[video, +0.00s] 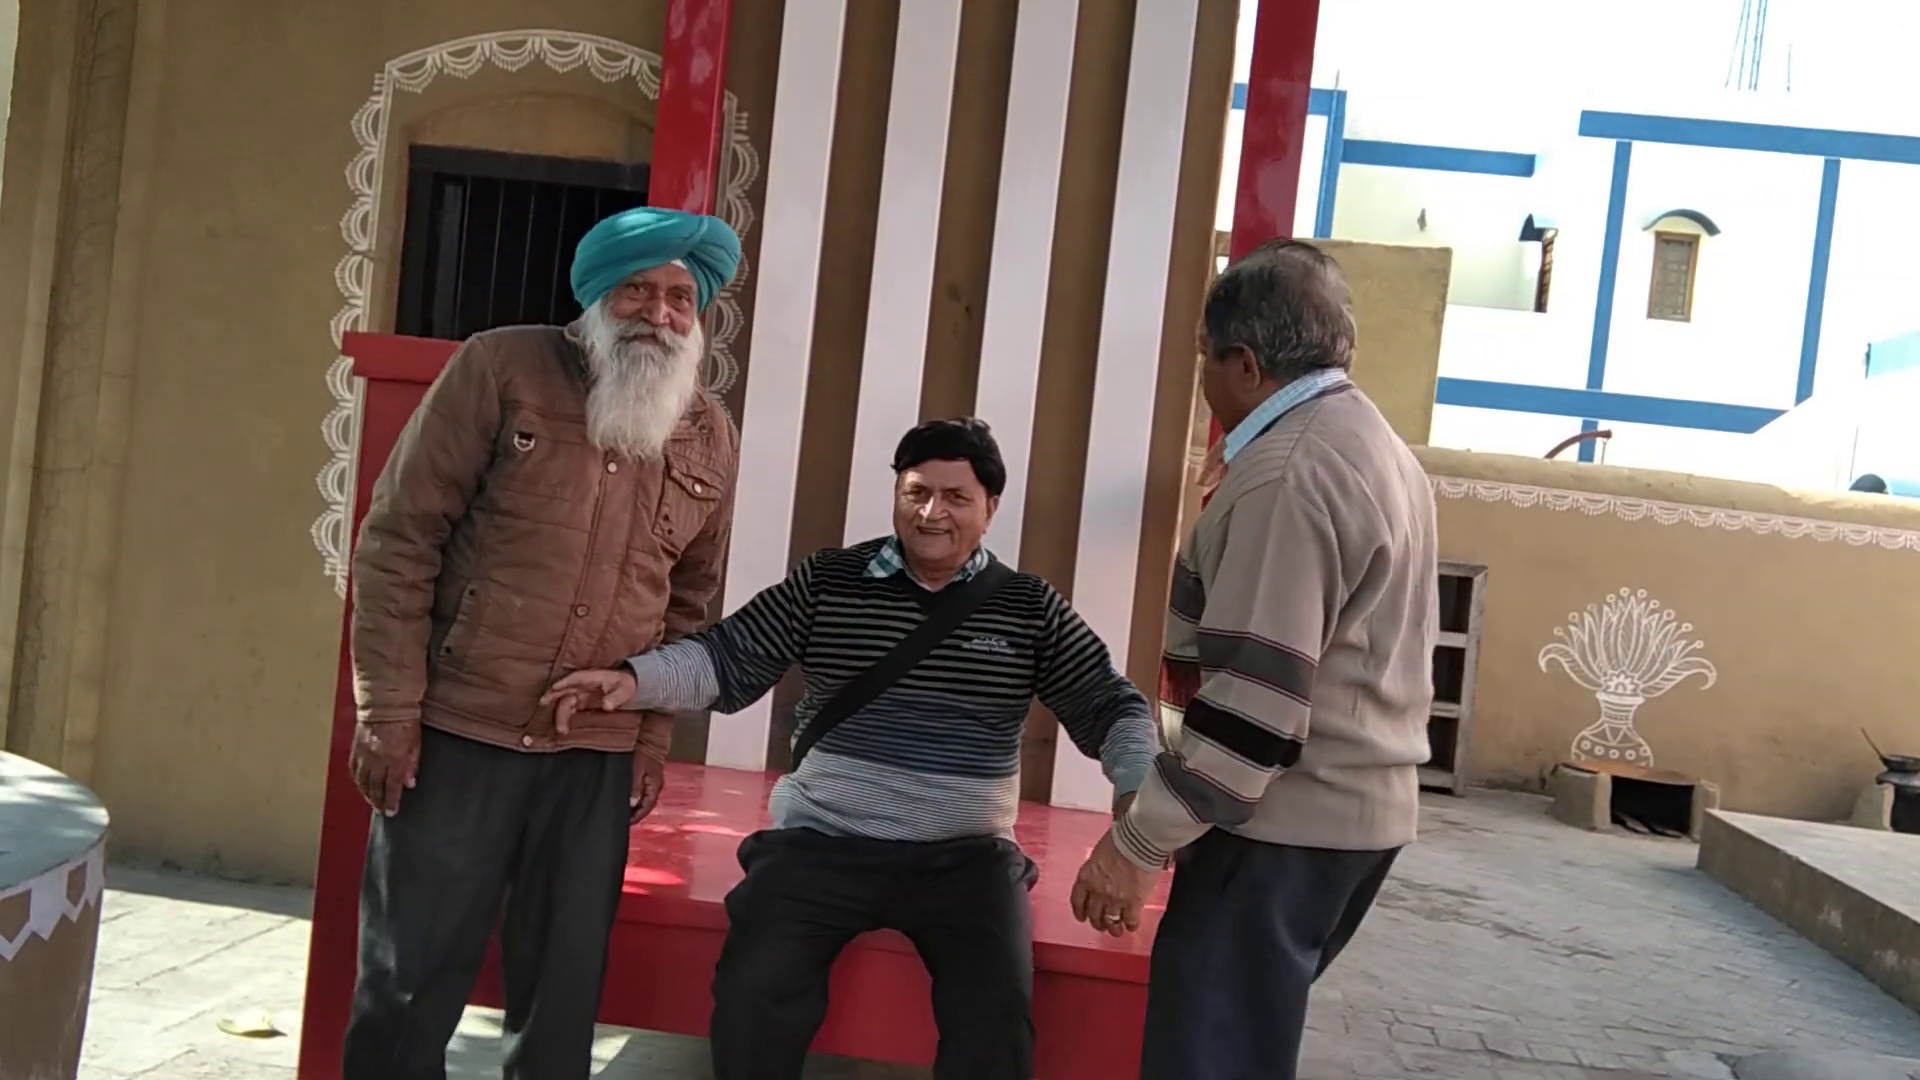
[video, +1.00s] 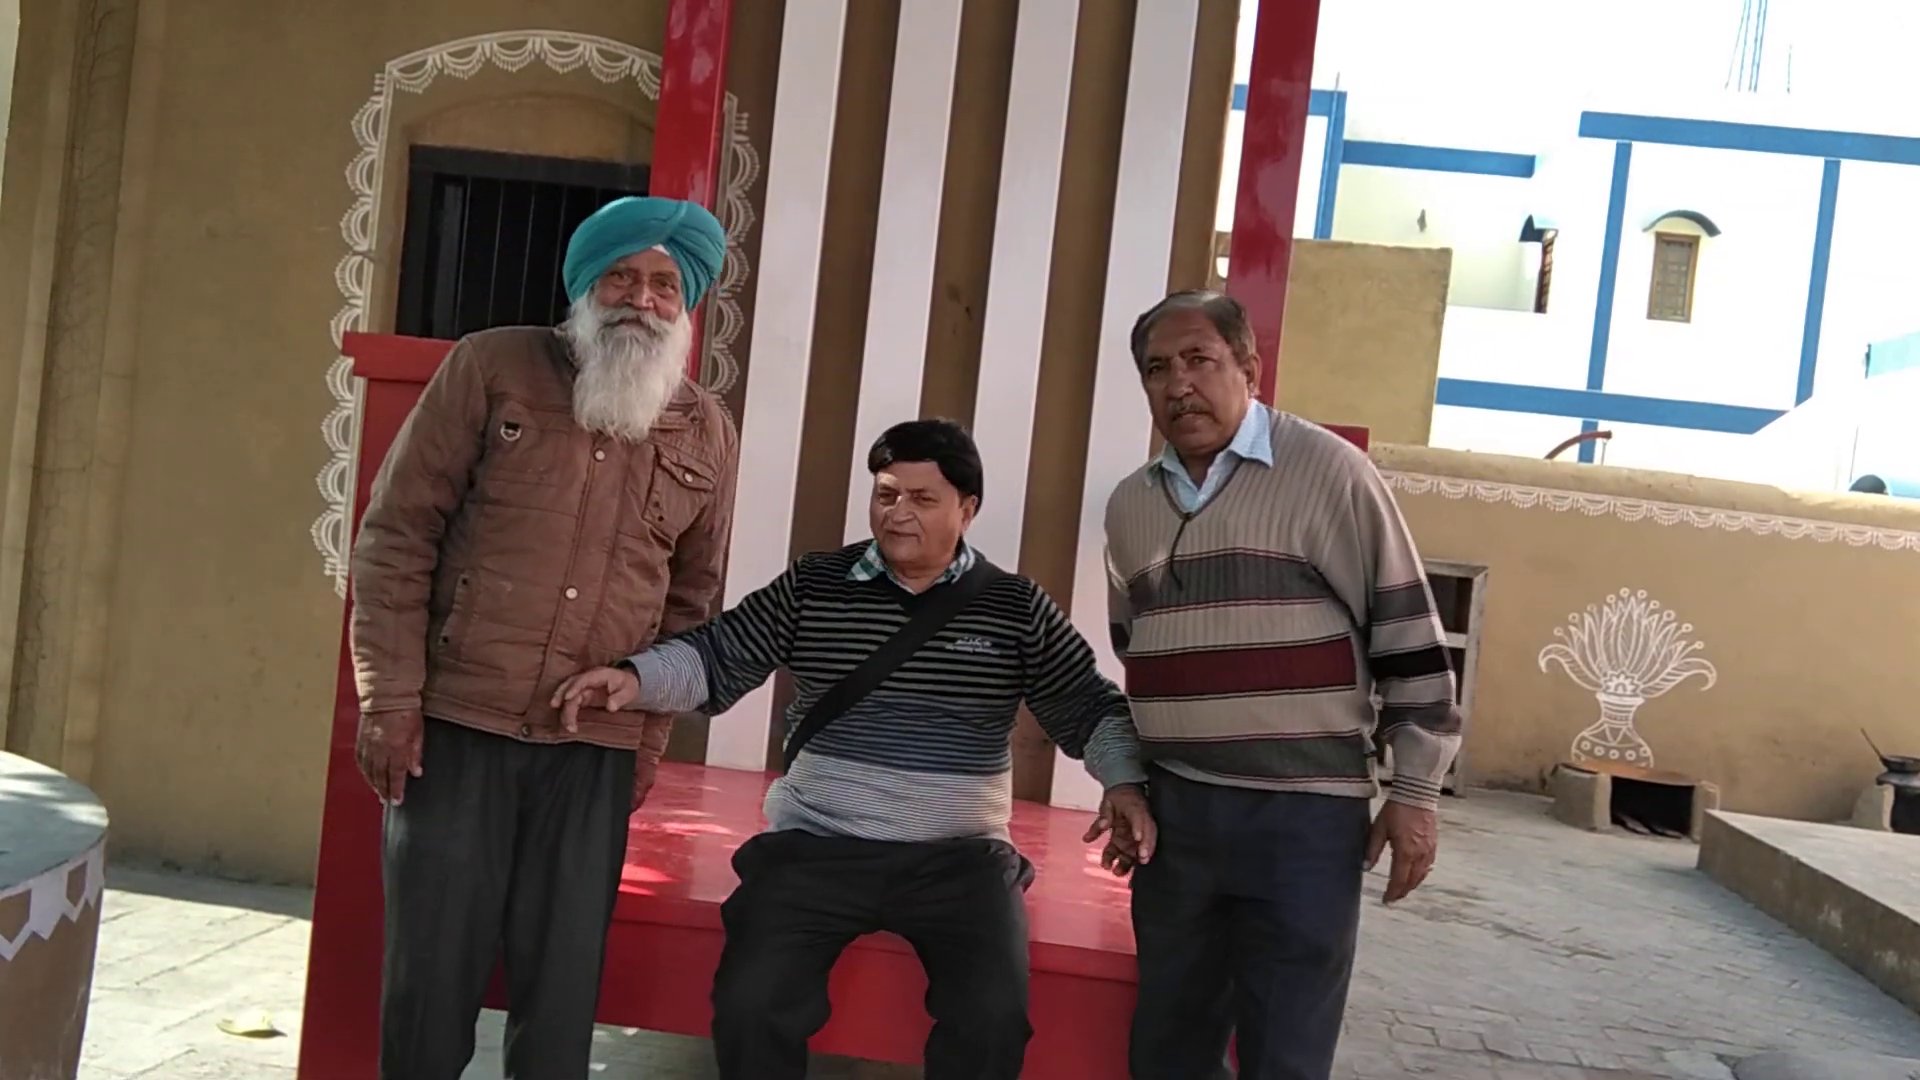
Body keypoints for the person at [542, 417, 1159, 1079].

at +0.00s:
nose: (932, 511)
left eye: (955, 497)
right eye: (918, 492)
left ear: (991, 510)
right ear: (895, 496)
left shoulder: (1029, 607)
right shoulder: (830, 583)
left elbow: (1112, 711)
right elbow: (728, 657)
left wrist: (1158, 805)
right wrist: (628, 685)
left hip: (963, 847)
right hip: (821, 835)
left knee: (995, 1006)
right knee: (755, 991)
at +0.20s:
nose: (931, 511)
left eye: (955, 498)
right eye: (918, 492)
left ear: (992, 512)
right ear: (898, 497)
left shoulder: (1030, 609)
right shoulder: (832, 585)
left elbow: (1113, 705)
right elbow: (734, 657)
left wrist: (1158, 781)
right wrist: (639, 685)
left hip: (964, 852)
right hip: (817, 840)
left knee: (1001, 1013)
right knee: (754, 996)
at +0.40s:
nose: (911, 506)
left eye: (934, 494)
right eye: (902, 489)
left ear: (986, 512)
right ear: (889, 497)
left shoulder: (1031, 610)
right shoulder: (831, 585)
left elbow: (1108, 704)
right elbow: (736, 655)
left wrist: (1145, 767)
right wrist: (646, 685)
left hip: (961, 849)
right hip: (816, 835)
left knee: (1002, 998)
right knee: (749, 987)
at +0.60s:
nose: (883, 513)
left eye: (903, 499)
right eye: (881, 496)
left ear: (966, 516)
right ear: (877, 500)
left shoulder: (1024, 609)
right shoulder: (827, 585)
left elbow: (1098, 703)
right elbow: (732, 651)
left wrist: (1131, 772)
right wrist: (649, 683)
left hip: (962, 852)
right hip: (816, 840)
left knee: (1001, 1007)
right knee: (749, 995)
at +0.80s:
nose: (879, 515)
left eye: (901, 501)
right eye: (875, 498)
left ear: (961, 517)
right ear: (868, 501)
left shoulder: (1017, 609)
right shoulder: (819, 588)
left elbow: (1093, 704)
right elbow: (724, 651)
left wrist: (1127, 779)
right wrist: (639, 681)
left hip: (960, 854)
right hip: (814, 843)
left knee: (995, 1014)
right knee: (751, 1003)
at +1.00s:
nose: (898, 511)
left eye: (922, 498)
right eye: (885, 494)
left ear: (967, 511)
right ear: (871, 501)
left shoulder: (1014, 607)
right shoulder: (815, 586)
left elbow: (1091, 704)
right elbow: (720, 651)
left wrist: (1126, 787)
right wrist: (632, 682)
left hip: (959, 853)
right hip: (813, 843)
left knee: (993, 1016)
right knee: (752, 1008)